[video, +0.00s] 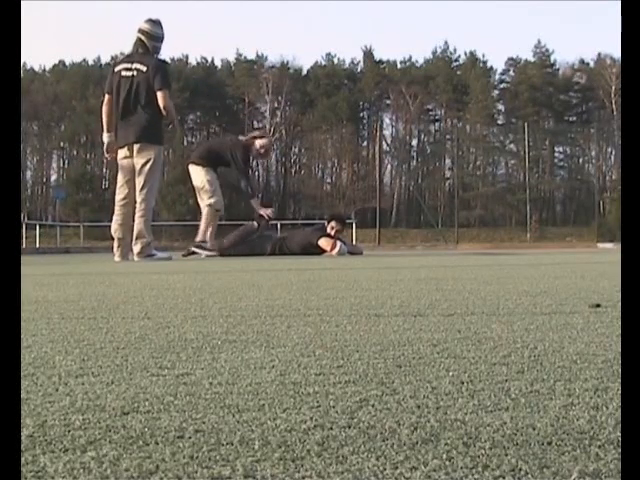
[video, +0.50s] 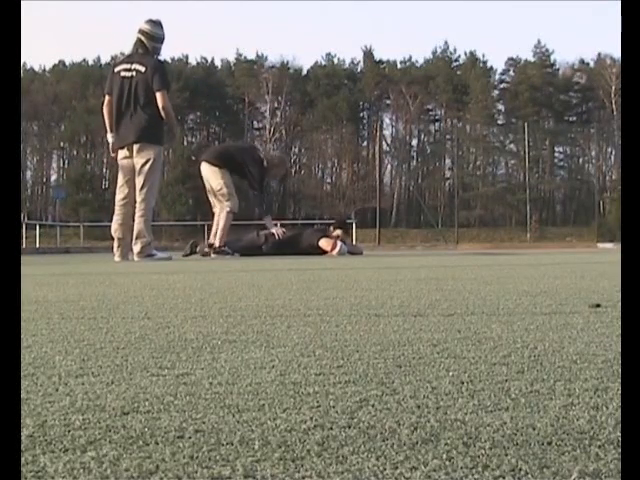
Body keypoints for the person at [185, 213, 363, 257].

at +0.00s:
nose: (334, 234)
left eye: (338, 231)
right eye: (333, 229)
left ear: (339, 230)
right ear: (327, 225)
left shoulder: (330, 237)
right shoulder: (319, 235)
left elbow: (357, 250)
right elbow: (335, 251)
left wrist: (344, 247)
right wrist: (344, 245)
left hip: (277, 243)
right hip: (274, 245)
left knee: (230, 247)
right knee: (227, 248)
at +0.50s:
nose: (338, 241)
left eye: (340, 239)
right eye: (339, 237)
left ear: (334, 234)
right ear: (333, 233)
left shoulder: (324, 238)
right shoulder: (319, 236)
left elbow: (355, 251)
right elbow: (333, 248)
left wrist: (345, 246)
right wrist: (351, 248)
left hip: (271, 240)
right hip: (269, 242)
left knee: (233, 245)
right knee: (232, 247)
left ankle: (203, 246)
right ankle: (201, 248)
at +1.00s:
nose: (339, 243)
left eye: (341, 241)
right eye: (340, 240)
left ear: (334, 234)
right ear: (335, 236)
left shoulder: (323, 238)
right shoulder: (320, 236)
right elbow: (334, 249)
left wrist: (345, 246)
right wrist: (350, 248)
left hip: (272, 241)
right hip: (271, 242)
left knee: (234, 247)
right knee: (233, 248)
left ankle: (198, 251)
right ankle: (197, 252)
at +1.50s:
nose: (337, 239)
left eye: (341, 236)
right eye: (336, 234)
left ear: (343, 236)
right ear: (330, 231)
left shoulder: (331, 243)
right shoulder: (318, 237)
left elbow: (359, 251)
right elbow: (333, 248)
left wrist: (344, 247)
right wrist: (352, 249)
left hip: (272, 243)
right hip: (268, 239)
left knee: (233, 246)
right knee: (234, 246)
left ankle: (199, 252)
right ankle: (200, 251)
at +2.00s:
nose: (337, 242)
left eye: (340, 240)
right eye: (338, 238)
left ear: (337, 239)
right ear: (333, 235)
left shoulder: (324, 241)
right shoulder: (320, 237)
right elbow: (333, 249)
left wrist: (346, 246)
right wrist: (346, 248)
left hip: (272, 240)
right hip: (270, 241)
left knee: (232, 247)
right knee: (231, 248)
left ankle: (197, 252)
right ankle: (197, 252)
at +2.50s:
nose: (339, 242)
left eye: (342, 240)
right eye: (340, 238)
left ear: (338, 239)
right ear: (335, 235)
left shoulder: (326, 239)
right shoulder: (321, 238)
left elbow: (357, 251)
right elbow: (333, 249)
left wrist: (345, 247)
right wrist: (343, 247)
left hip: (273, 240)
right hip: (270, 242)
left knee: (234, 246)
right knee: (233, 249)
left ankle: (199, 251)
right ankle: (197, 252)